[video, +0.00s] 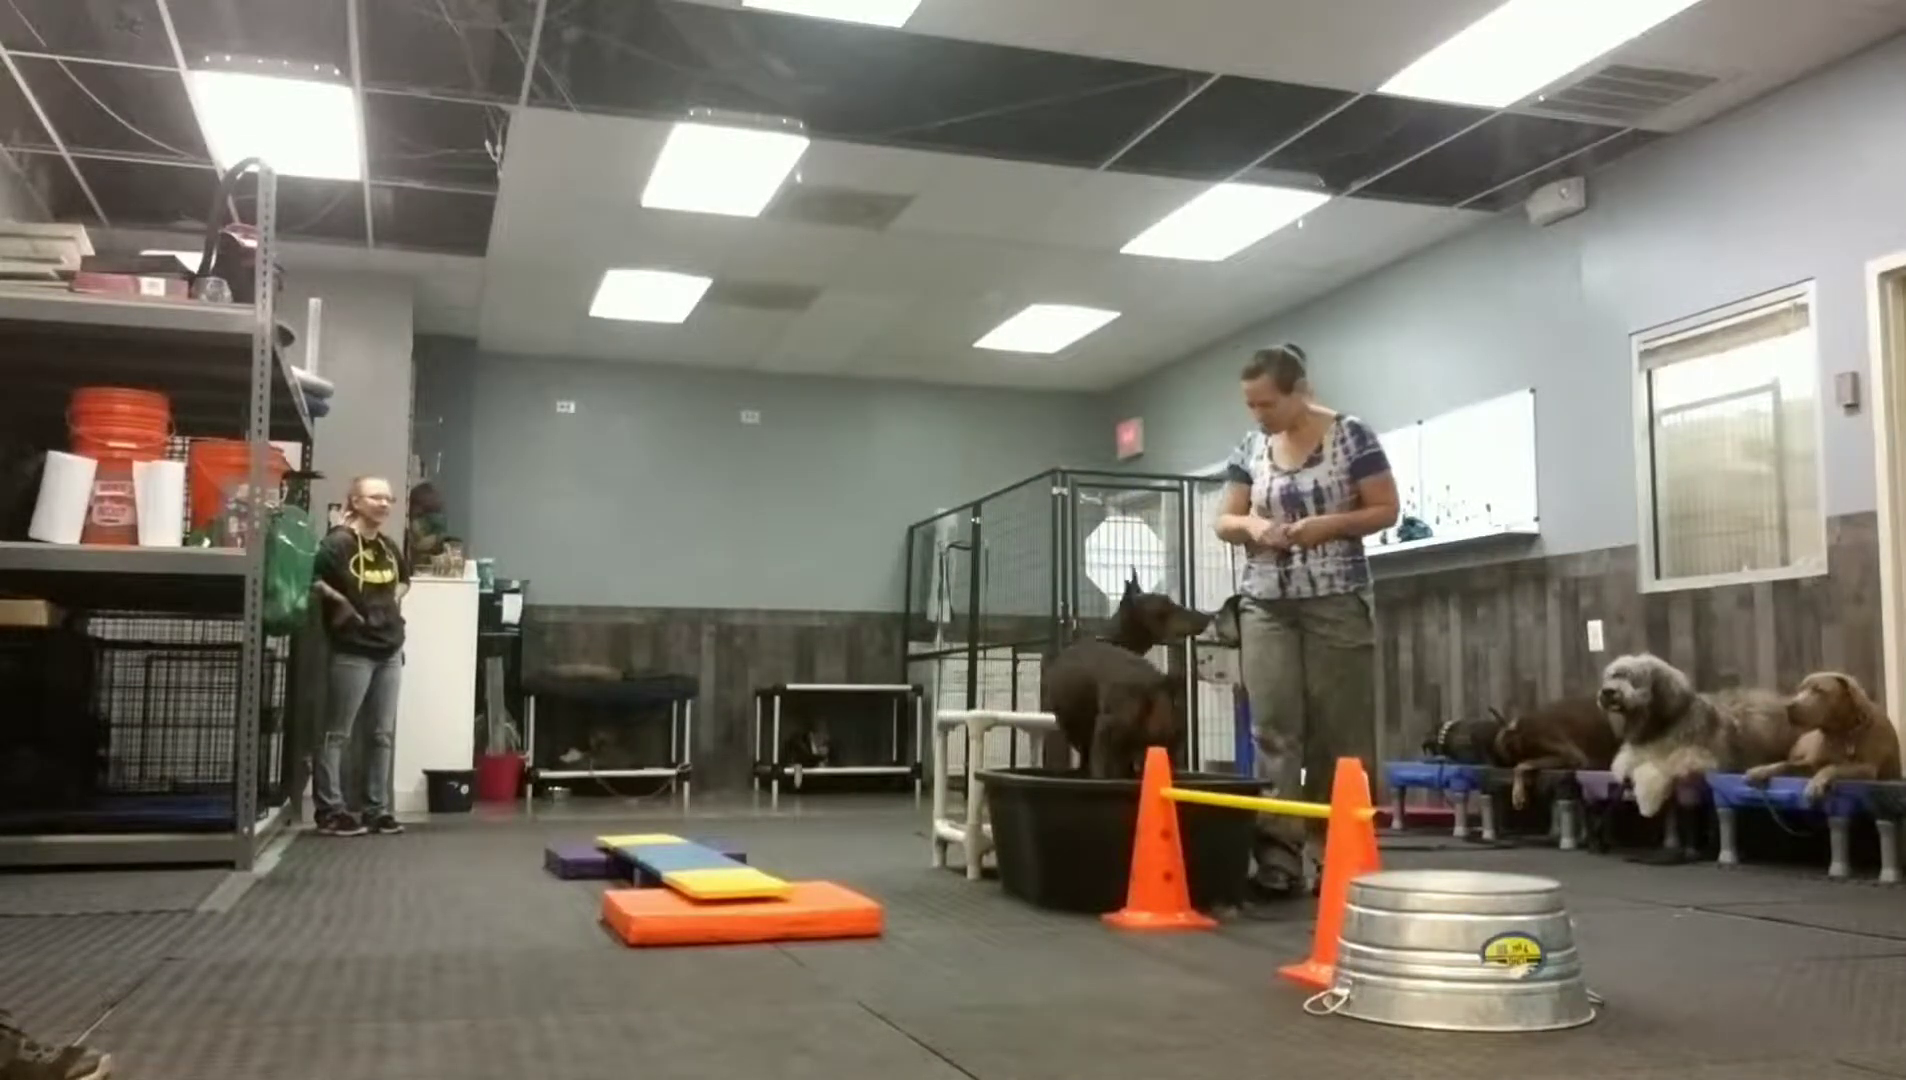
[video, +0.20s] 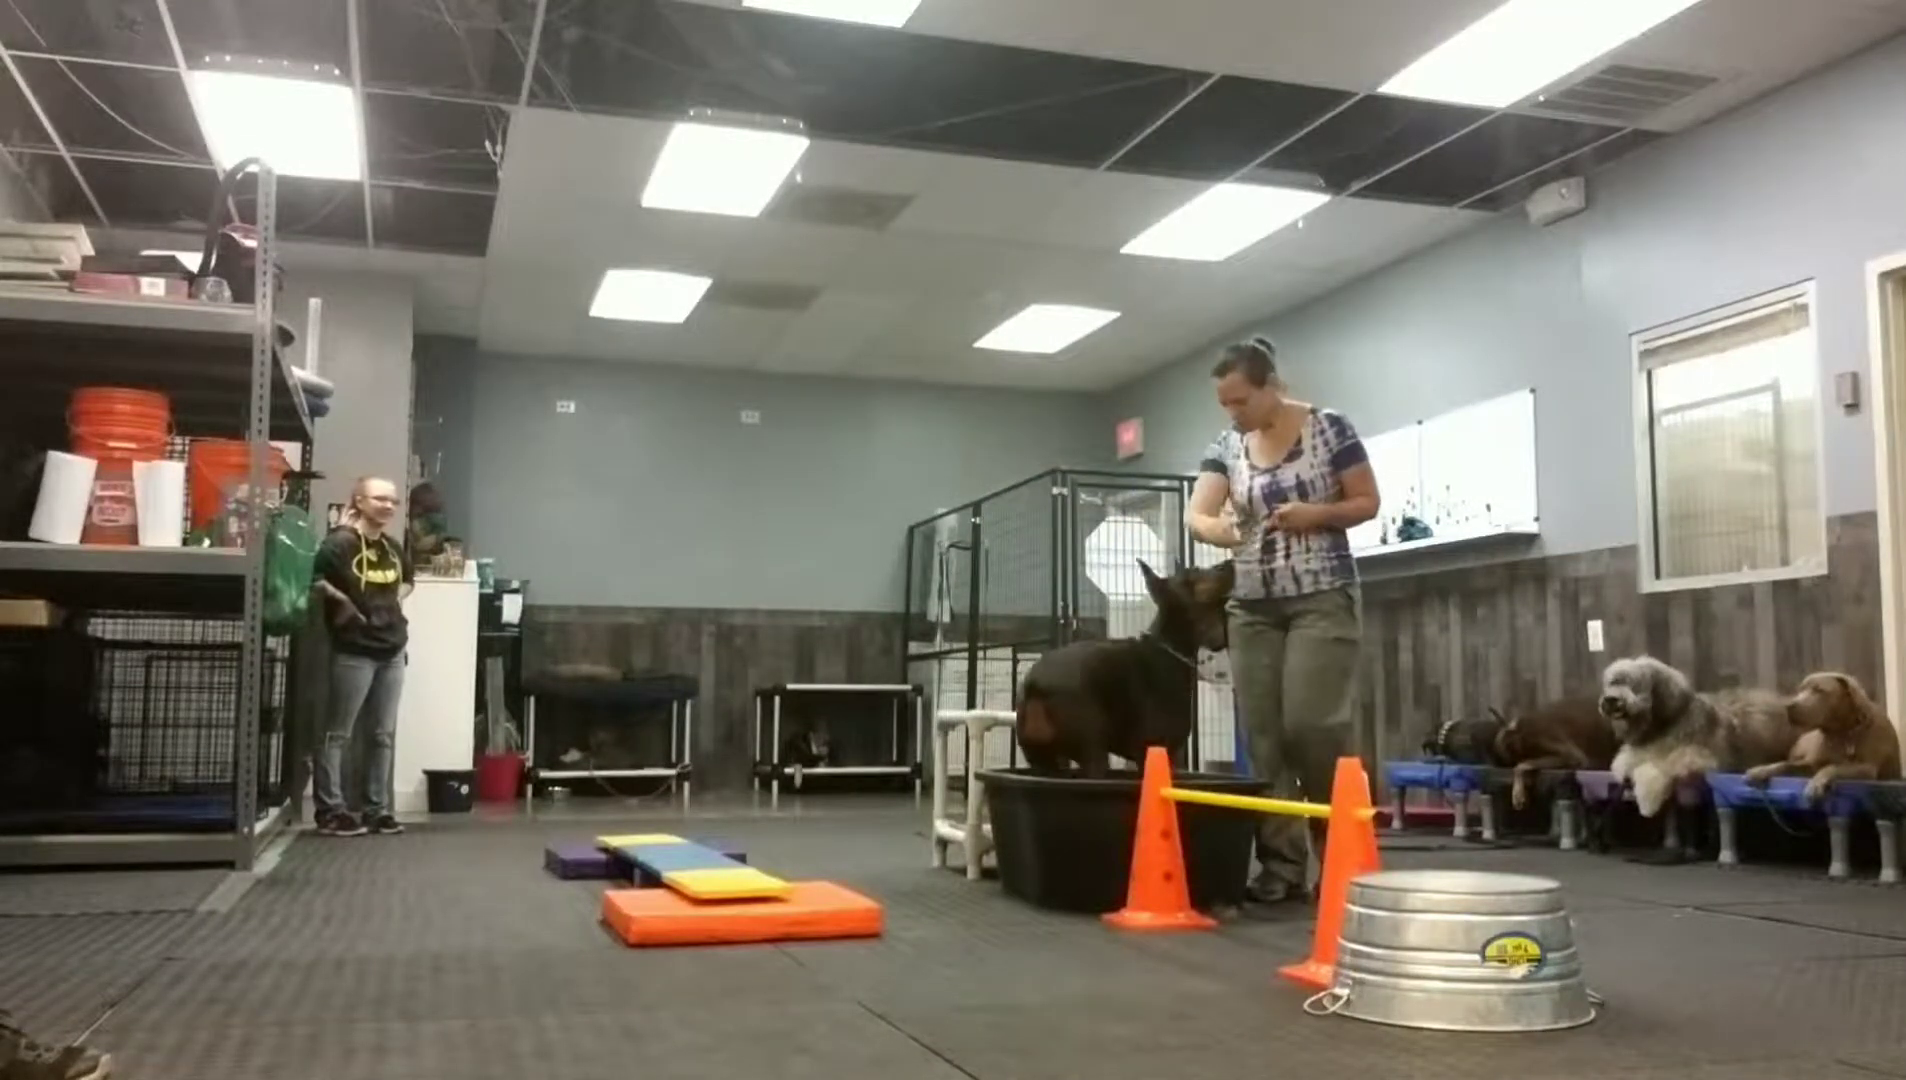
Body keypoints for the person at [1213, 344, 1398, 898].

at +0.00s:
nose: (1257, 417)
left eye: (1264, 405)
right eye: (1251, 407)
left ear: (1298, 393)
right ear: (1254, 401)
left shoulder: (1349, 436)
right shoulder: (1254, 450)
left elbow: (1386, 510)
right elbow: (1224, 524)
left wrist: (1328, 526)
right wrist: (1254, 527)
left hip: (1335, 605)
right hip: (1266, 608)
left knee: (1340, 735)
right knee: (1275, 732)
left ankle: (1334, 858)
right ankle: (1280, 856)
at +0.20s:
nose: (1230, 415)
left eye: (1237, 402)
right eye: (1224, 404)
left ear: (1270, 388)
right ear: (1228, 397)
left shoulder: (1329, 429)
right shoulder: (1229, 447)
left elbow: (1366, 503)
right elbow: (1197, 517)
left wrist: (1315, 515)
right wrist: (1222, 530)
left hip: (1322, 603)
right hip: (1253, 609)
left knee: (1308, 728)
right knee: (1264, 741)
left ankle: (1345, 854)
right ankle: (1281, 867)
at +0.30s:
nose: (1223, 413)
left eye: (1229, 399)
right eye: (1216, 402)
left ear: (1263, 384)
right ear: (1220, 395)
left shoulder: (1327, 424)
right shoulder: (1225, 446)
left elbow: (1368, 499)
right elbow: (1176, 510)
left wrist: (1309, 514)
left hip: (1321, 600)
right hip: (1253, 607)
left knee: (1311, 734)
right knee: (1264, 738)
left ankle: (1313, 870)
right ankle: (1276, 865)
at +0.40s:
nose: (1220, 406)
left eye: (1225, 393)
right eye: (1213, 396)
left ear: (1259, 375)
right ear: (1236, 384)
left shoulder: (1324, 417)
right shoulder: (1231, 442)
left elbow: (1367, 497)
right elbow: (1199, 516)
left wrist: (1293, 513)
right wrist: (1134, 529)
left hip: (1321, 596)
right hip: (1256, 603)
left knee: (1313, 735)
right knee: (1268, 735)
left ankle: (1322, 869)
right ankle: (1283, 863)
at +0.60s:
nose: (1217, 409)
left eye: (1218, 395)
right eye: (1210, 399)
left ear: (1248, 374)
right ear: (1239, 382)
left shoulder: (1312, 416)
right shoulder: (1252, 439)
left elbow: (1349, 499)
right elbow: (1276, 510)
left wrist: (1269, 517)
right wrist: (1236, 518)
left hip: (1316, 594)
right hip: (1264, 599)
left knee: (1314, 730)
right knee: (1276, 732)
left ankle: (1331, 865)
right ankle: (1294, 857)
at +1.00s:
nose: (1209, 414)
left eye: (1209, 402)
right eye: (1203, 406)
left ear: (1238, 381)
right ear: (1233, 387)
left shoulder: (1310, 415)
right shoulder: (1245, 449)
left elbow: (1354, 494)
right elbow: (1215, 511)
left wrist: (1274, 519)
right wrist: (1162, 557)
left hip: (1324, 594)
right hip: (1272, 601)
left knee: (1323, 730)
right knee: (1281, 731)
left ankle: (1325, 869)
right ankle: (1293, 862)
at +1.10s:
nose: (1206, 414)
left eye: (1208, 401)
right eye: (1201, 405)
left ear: (1237, 380)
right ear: (1229, 387)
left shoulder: (1312, 414)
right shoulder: (1236, 447)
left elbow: (1358, 492)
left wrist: (1277, 517)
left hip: (1326, 594)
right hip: (1269, 601)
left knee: (1327, 731)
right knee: (1281, 731)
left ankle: (1325, 869)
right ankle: (1293, 862)